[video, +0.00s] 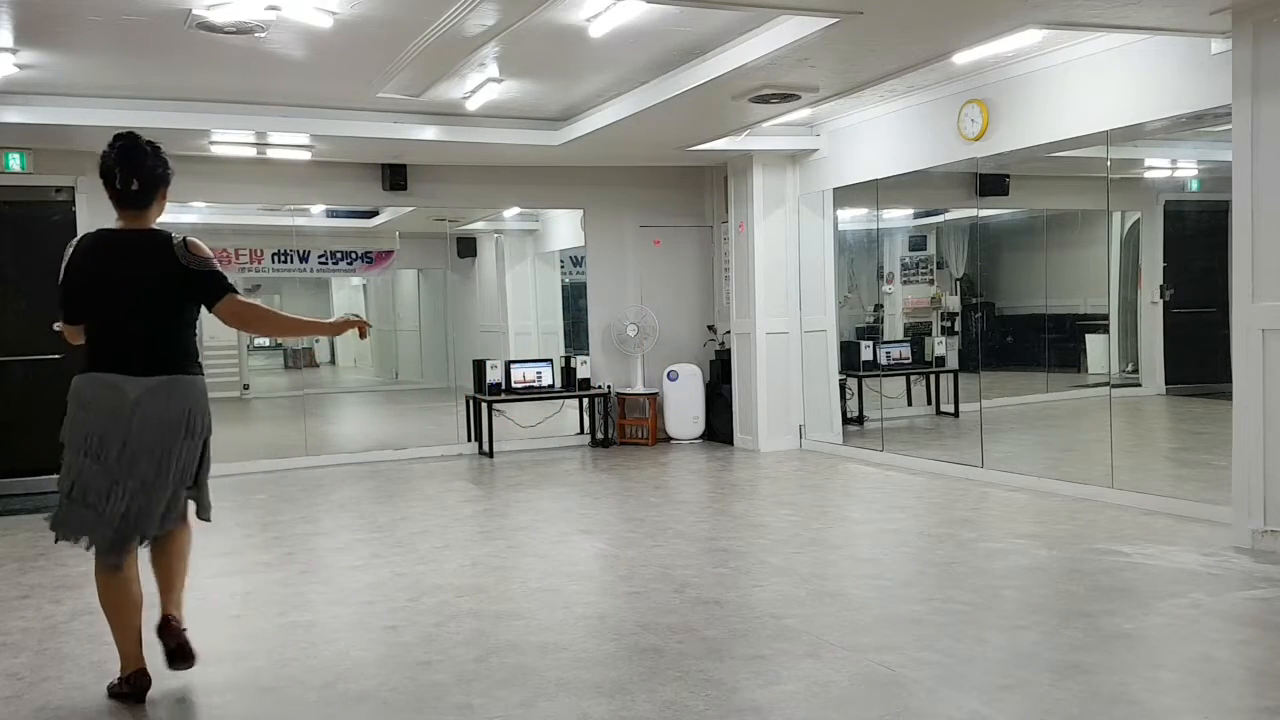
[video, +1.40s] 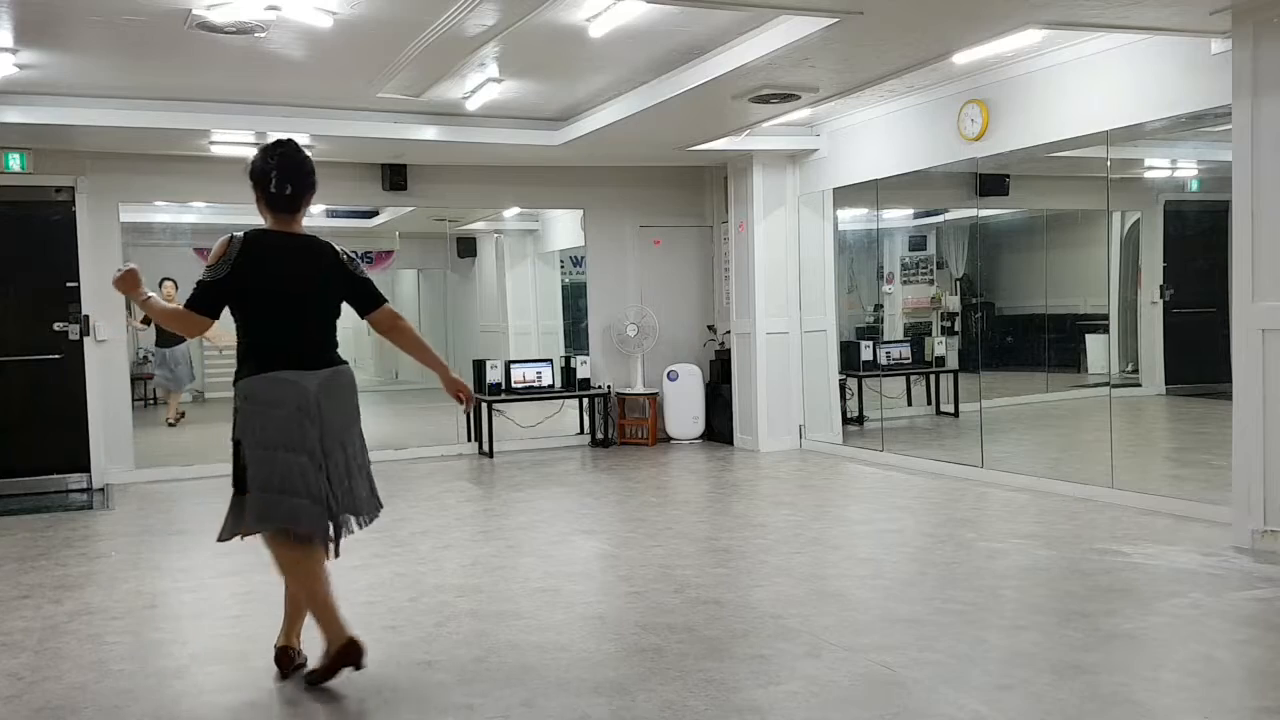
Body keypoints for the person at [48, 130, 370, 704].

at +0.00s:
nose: (163, 195)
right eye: (164, 187)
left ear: (107, 191)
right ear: (163, 192)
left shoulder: (83, 253)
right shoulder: (182, 255)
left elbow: (72, 334)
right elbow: (243, 316)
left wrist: (111, 322)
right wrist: (330, 327)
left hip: (101, 396)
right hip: (176, 396)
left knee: (111, 536)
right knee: (173, 511)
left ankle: (132, 670)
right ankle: (172, 615)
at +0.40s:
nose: (163, 197)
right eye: (166, 189)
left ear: (111, 194)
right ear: (167, 194)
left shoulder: (87, 255)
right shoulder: (185, 256)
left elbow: (64, 338)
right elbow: (238, 315)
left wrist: (92, 328)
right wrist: (321, 325)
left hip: (106, 399)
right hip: (181, 397)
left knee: (117, 536)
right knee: (199, 514)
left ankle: (134, 670)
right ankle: (222, 621)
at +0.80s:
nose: (196, 193)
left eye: (180, 185)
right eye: (215, 183)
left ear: (167, 191)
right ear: (222, 190)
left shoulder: (148, 252)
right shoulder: (250, 253)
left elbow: (107, 327)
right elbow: (314, 315)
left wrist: (69, 314)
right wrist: (359, 316)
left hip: (171, 401)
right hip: (246, 399)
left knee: (155, 528)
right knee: (267, 519)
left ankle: (136, 661)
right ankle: (285, 643)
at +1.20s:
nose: (230, 196)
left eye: (229, 188)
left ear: (230, 194)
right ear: (284, 193)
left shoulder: (217, 253)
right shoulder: (307, 252)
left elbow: (180, 324)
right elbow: (361, 312)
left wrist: (117, 317)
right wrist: (393, 347)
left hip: (239, 395)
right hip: (310, 394)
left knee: (211, 528)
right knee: (304, 522)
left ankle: (196, 655)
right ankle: (288, 645)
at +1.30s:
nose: (254, 196)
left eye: (247, 188)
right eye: (290, 187)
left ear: (243, 194)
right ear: (298, 194)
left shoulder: (229, 252)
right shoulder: (317, 254)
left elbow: (187, 324)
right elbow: (376, 320)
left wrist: (128, 308)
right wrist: (424, 366)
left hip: (252, 398)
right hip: (319, 396)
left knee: (241, 529)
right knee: (307, 524)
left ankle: (273, 645)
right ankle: (289, 643)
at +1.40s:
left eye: (264, 189)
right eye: (303, 190)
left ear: (257, 194)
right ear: (311, 196)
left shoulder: (239, 251)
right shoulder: (329, 256)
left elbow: (192, 323)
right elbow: (386, 320)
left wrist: (141, 296)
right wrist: (445, 372)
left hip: (267, 392)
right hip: (331, 389)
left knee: (277, 517)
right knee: (313, 514)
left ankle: (338, 636)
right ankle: (289, 641)